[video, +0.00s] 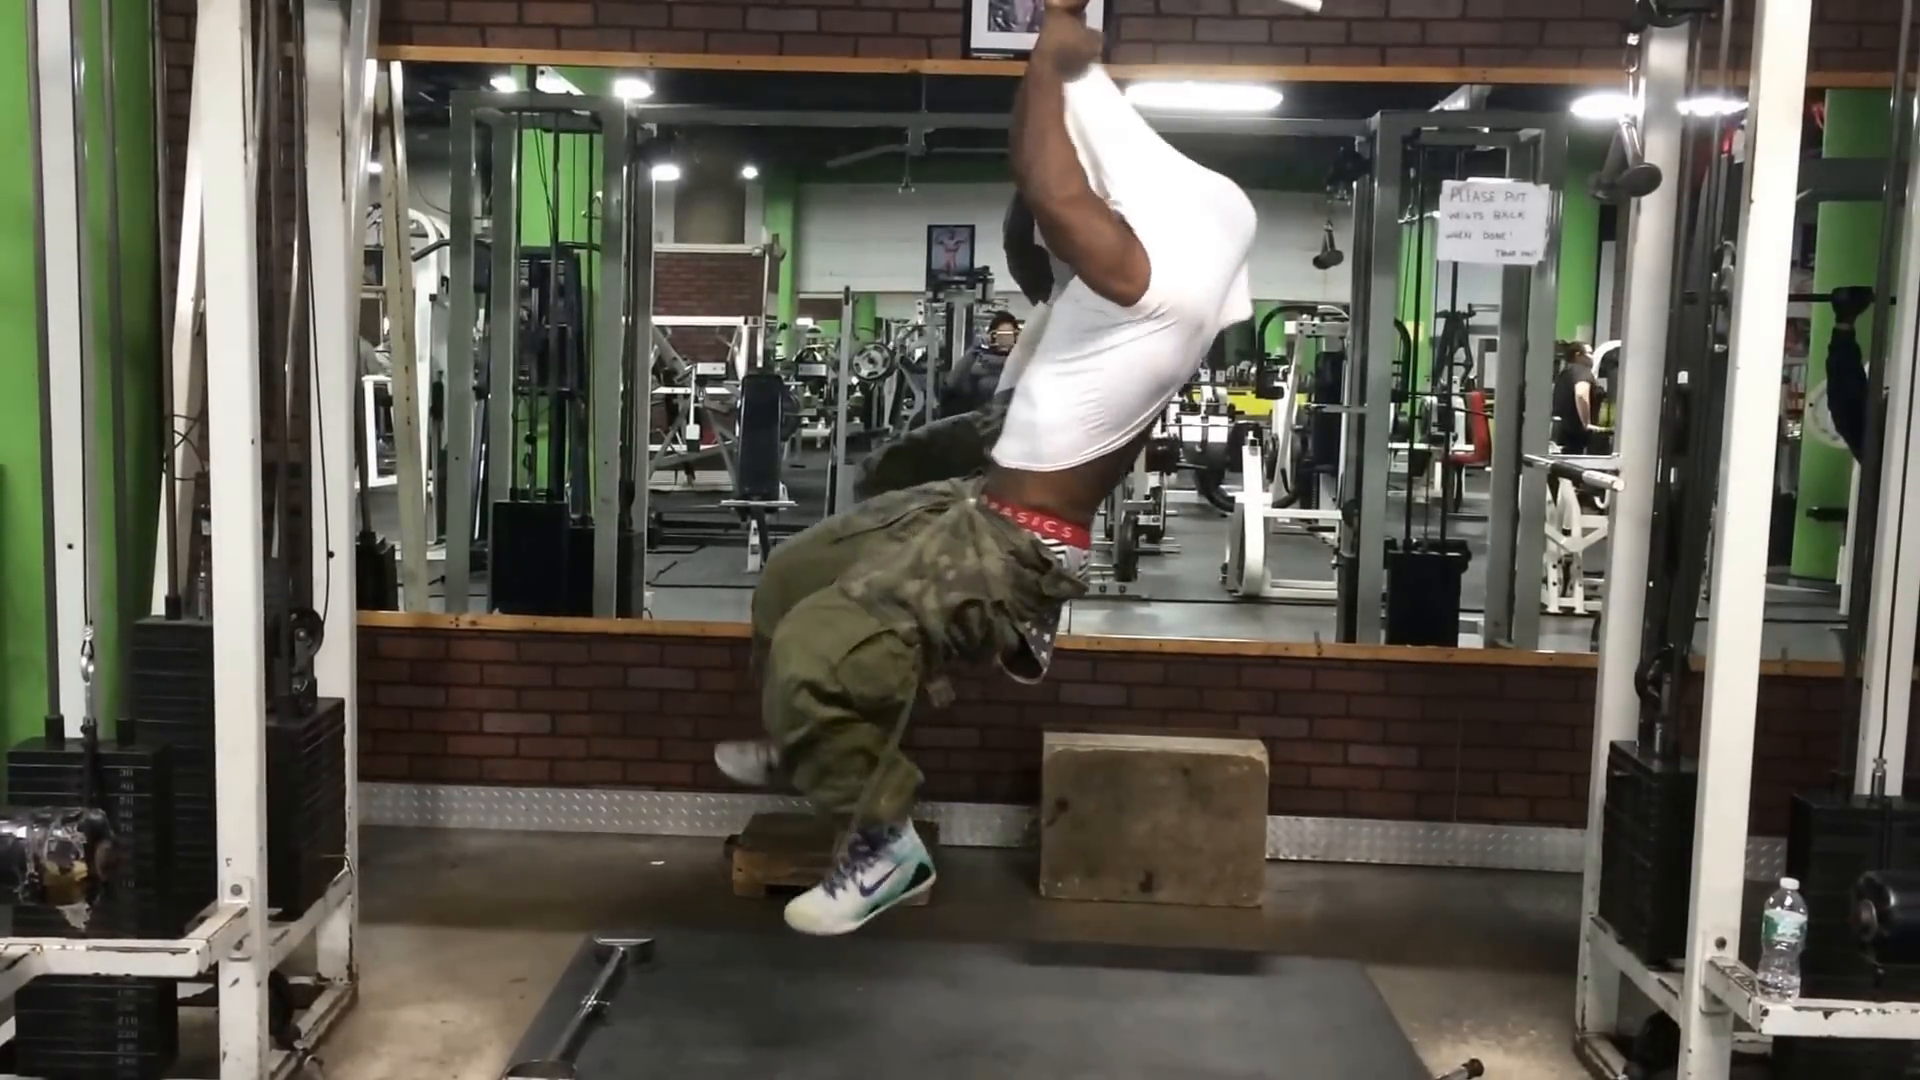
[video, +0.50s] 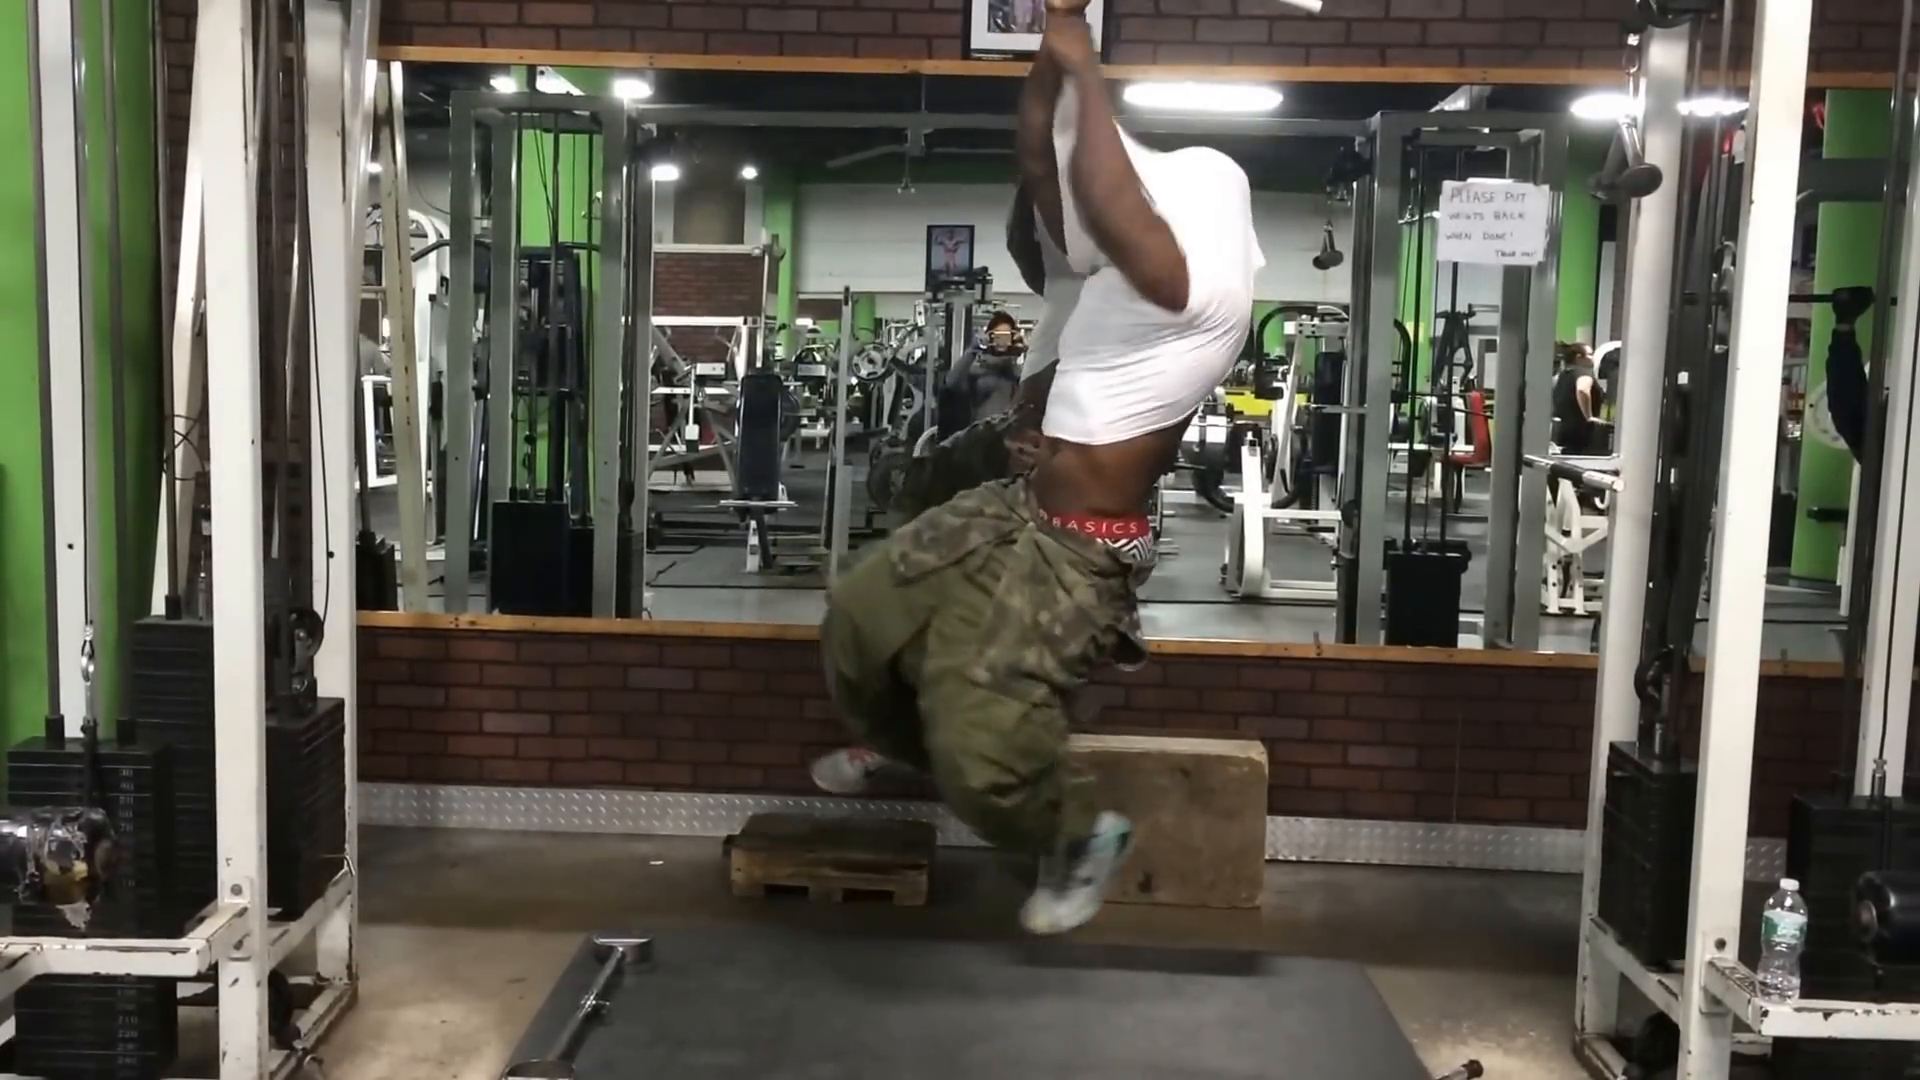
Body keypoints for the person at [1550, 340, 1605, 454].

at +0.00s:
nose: (1593, 357)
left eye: (1592, 353)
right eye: (1590, 353)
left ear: (1577, 355)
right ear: (1578, 355)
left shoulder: (1564, 372)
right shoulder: (1582, 370)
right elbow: (1581, 395)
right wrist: (1587, 423)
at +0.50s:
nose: (1593, 358)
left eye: (1592, 354)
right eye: (1590, 354)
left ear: (1576, 358)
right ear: (1579, 358)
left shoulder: (1560, 375)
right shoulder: (1585, 374)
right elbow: (1582, 391)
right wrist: (1589, 416)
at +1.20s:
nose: (1601, 358)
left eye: (1599, 355)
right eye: (1597, 355)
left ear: (1585, 358)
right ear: (1586, 358)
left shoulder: (1569, 378)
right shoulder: (1586, 377)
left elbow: (1557, 407)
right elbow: (1584, 405)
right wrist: (1588, 433)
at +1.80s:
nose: (1602, 357)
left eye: (1601, 353)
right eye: (1598, 353)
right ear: (1588, 355)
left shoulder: (1565, 371)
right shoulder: (1593, 370)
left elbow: (1557, 377)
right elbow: (1590, 383)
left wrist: (1560, 405)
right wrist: (1593, 410)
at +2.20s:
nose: (1594, 354)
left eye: (1594, 350)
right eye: (1591, 350)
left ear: (1580, 353)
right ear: (1580, 353)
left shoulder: (1566, 372)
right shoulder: (1581, 371)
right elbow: (1580, 400)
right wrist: (1587, 429)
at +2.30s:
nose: (1593, 354)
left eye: (1593, 350)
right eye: (1590, 350)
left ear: (1578, 353)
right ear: (1579, 353)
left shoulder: (1566, 371)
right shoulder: (1580, 371)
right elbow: (1580, 399)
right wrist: (1587, 427)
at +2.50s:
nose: (1593, 353)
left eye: (1592, 349)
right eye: (1590, 349)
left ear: (1577, 353)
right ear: (1579, 353)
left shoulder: (1564, 370)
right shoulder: (1584, 370)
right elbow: (1581, 388)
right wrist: (1589, 415)